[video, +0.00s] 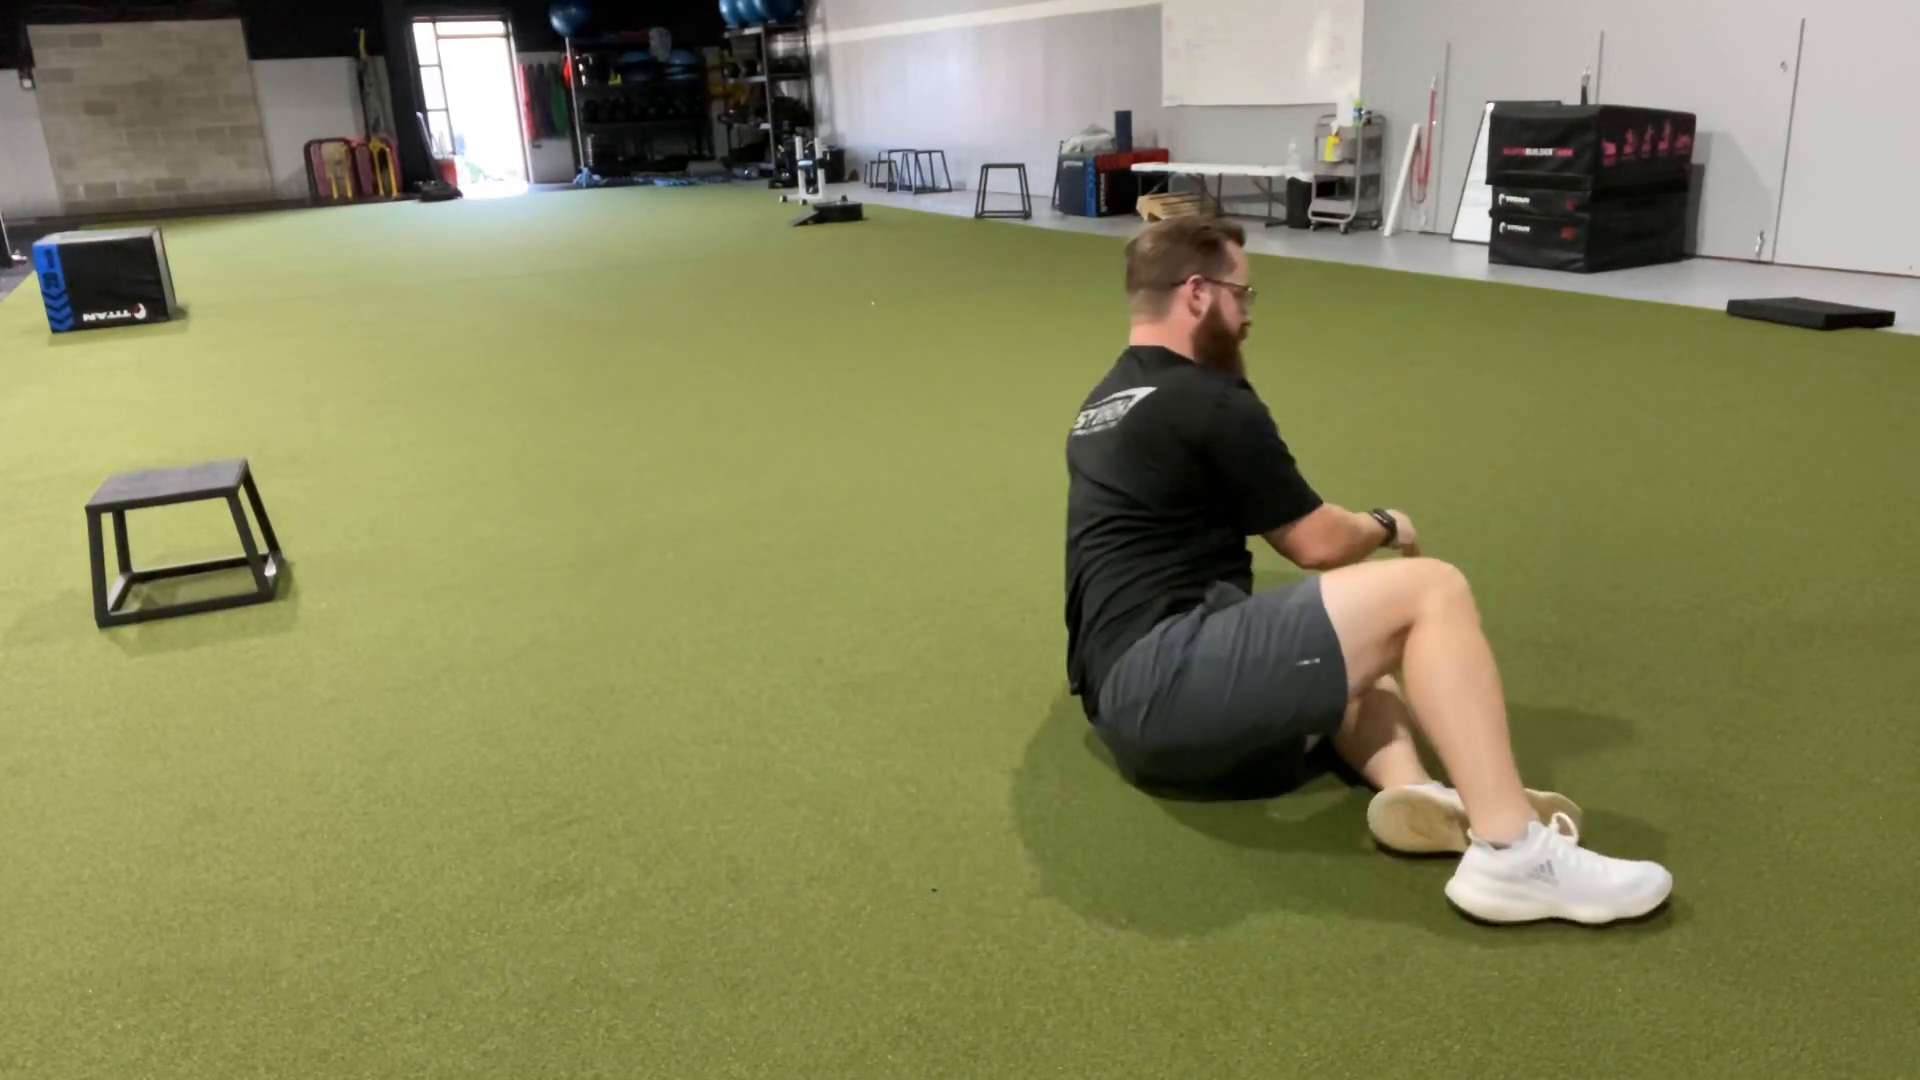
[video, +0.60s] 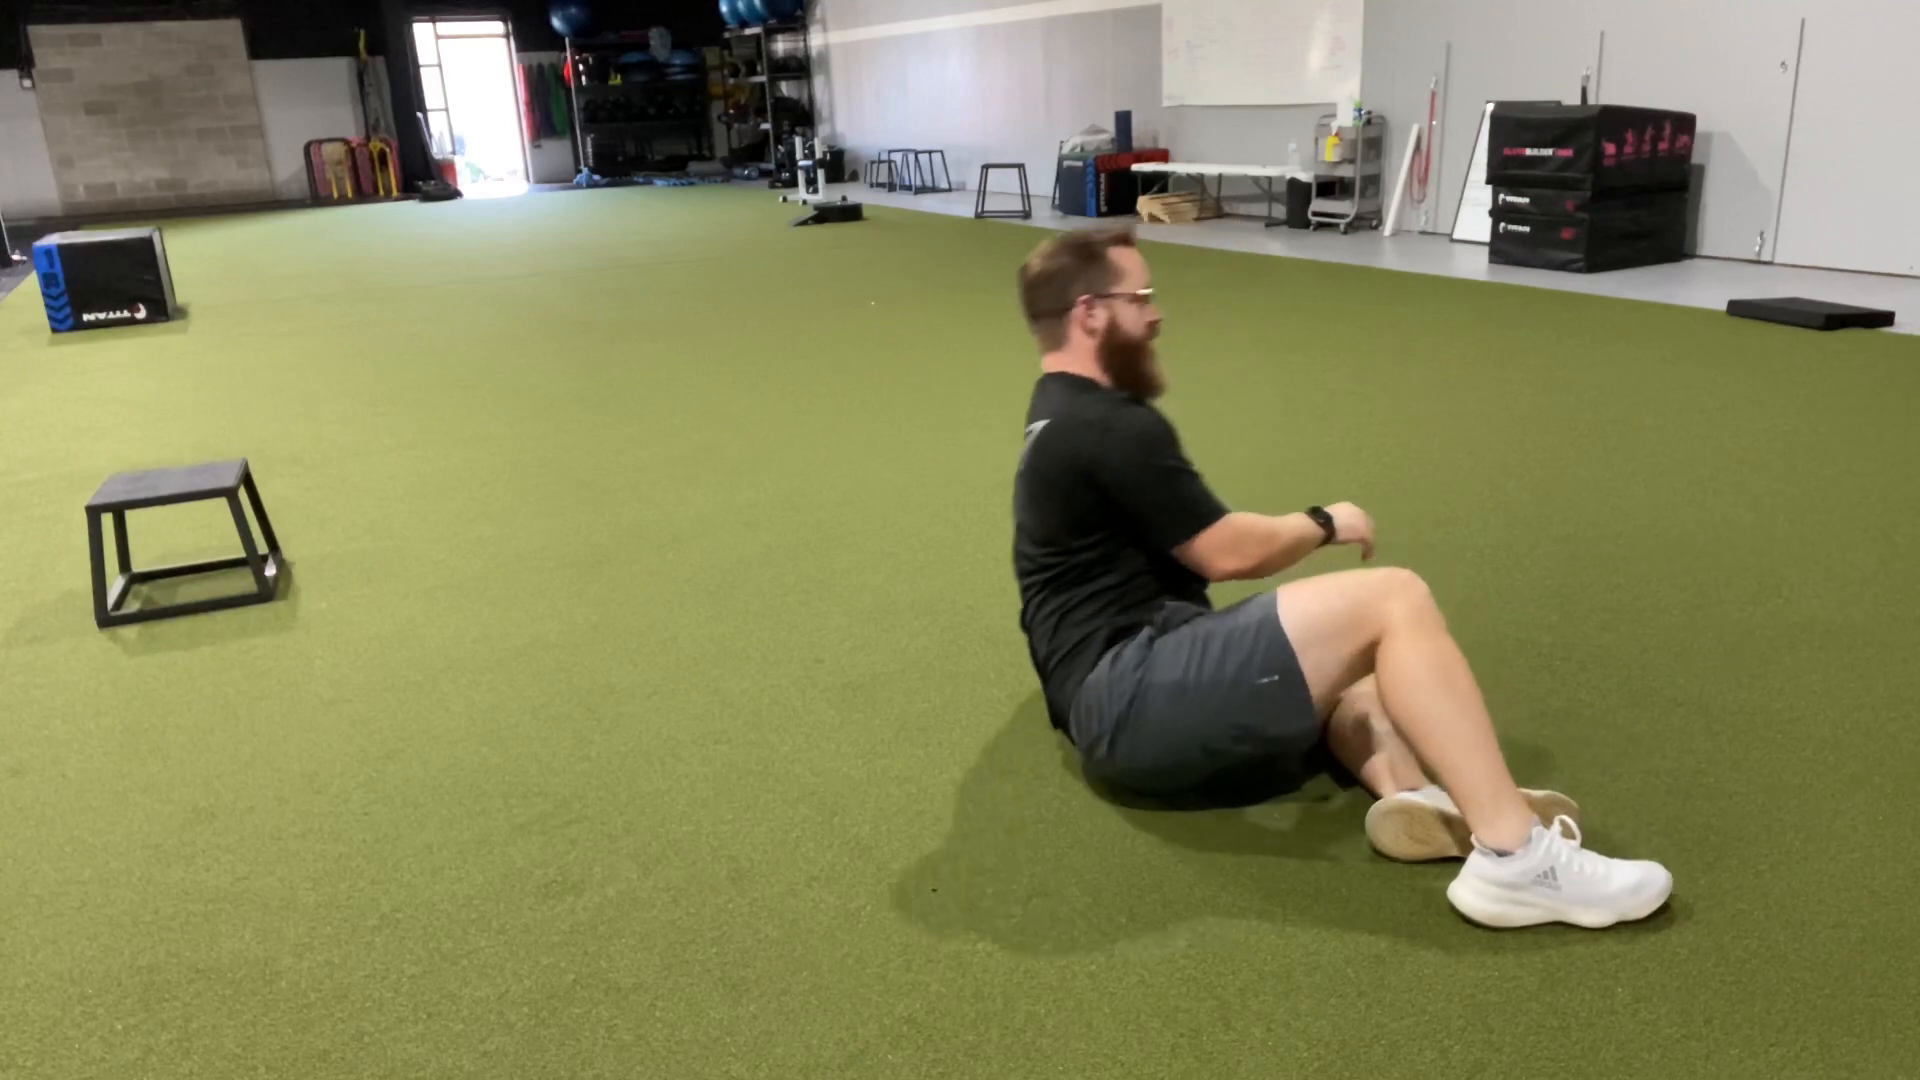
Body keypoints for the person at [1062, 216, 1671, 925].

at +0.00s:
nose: (1248, 317)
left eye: (1248, 299)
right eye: (1242, 298)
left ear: (1162, 303)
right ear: (1196, 298)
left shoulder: (1114, 396)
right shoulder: (1211, 402)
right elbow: (1317, 539)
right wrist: (1384, 527)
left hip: (1146, 733)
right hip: (1169, 676)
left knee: (1355, 679)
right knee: (1431, 590)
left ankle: (1410, 787)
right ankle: (1512, 847)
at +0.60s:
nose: (1157, 315)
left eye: (1151, 298)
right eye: (1142, 300)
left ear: (1085, 318)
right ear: (1088, 317)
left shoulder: (1071, 415)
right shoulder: (1105, 422)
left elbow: (1174, 556)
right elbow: (1222, 550)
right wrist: (1324, 523)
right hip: (1134, 690)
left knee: (1347, 680)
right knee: (1392, 599)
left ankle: (1407, 789)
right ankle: (1515, 849)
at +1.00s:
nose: (930, 409)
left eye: (920, 395)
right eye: (906, 402)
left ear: (877, 430)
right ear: (856, 441)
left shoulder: (932, 500)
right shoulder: (888, 529)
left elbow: (1032, 588)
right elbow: (1036, 581)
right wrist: (1142, 505)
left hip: (1089, 700)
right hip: (1060, 721)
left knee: (1290, 596)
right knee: (1287, 568)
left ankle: (1409, 762)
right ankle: (1434, 801)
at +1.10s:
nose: (863, 445)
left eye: (857, 432)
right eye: (838, 443)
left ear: (866, 450)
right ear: (798, 490)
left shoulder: (915, 535)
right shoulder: (836, 564)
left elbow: (1045, 599)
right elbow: (976, 588)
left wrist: (1172, 614)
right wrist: (1068, 495)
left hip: (1088, 714)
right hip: (1039, 726)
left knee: (1259, 560)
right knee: (1228, 531)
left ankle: (1396, 717)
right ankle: (1382, 754)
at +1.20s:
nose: (813, 482)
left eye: (803, 472)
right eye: (785, 483)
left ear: (818, 497)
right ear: (751, 534)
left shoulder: (884, 563)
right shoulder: (793, 600)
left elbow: (1009, 621)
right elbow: (916, 595)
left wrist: (1165, 618)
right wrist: (992, 488)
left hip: (1090, 730)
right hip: (1022, 733)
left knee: (1207, 506)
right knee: (1149, 492)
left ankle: (1351, 658)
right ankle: (1334, 687)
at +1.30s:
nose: (767, 532)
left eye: (763, 522)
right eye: (742, 535)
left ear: (783, 537)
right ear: (713, 586)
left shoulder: (837, 596)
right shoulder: (756, 635)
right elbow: (852, 607)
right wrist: (906, 491)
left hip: (1069, 734)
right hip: (1000, 728)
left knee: (1120, 474)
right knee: (1065, 461)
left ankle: (1281, 589)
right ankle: (1277, 593)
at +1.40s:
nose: (734, 569)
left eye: (730, 563)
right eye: (708, 580)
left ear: (755, 572)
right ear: (690, 634)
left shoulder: (814, 630)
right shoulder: (732, 670)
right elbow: (801, 617)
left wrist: (1044, 540)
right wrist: (823, 500)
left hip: (1050, 693)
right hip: (977, 709)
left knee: (1044, 443)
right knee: (976, 437)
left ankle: (1215, 503)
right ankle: (1202, 501)